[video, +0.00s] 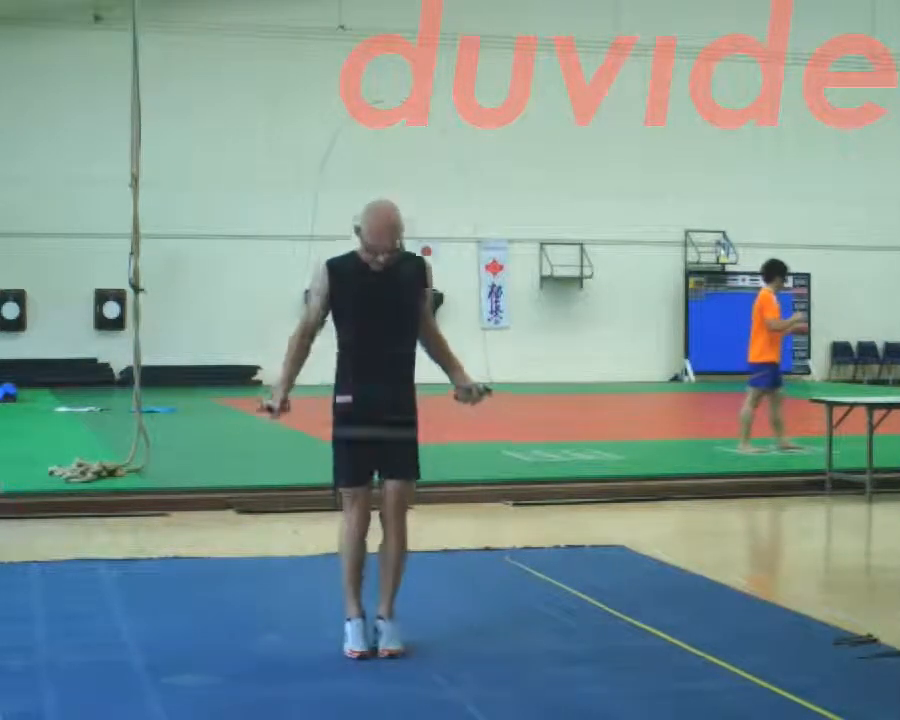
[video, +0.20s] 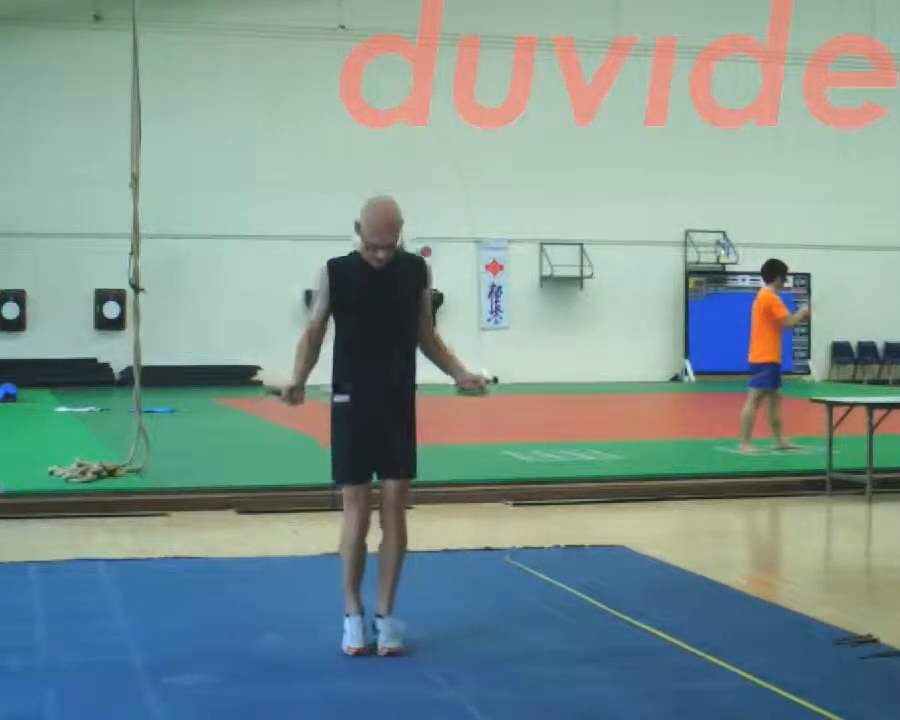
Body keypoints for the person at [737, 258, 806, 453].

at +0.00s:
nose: (784, 282)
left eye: (784, 278)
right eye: (783, 278)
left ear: (769, 277)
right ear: (776, 277)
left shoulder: (771, 297)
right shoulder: (766, 296)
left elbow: (774, 326)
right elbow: (771, 324)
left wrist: (794, 327)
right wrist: (794, 320)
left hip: (771, 358)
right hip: (762, 358)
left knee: (776, 399)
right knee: (752, 401)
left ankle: (782, 440)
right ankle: (744, 442)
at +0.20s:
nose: (784, 282)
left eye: (784, 278)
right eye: (783, 278)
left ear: (767, 277)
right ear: (777, 278)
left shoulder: (763, 297)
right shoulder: (769, 298)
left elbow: (783, 321)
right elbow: (785, 321)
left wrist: (800, 316)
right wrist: (801, 314)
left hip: (766, 357)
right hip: (765, 358)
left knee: (775, 400)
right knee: (753, 400)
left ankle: (780, 440)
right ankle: (744, 442)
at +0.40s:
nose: (793, 284)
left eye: (793, 279)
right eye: (792, 280)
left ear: (775, 278)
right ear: (786, 280)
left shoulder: (767, 297)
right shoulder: (779, 298)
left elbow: (787, 324)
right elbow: (798, 323)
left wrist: (806, 338)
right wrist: (820, 338)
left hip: (763, 356)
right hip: (768, 358)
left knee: (778, 398)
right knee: (759, 400)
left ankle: (778, 439)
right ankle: (746, 442)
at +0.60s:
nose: (810, 286)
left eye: (811, 282)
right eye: (810, 282)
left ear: (795, 279)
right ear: (803, 280)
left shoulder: (782, 294)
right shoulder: (790, 296)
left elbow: (757, 305)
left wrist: (730, 308)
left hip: (773, 351)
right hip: (773, 352)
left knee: (781, 395)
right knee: (769, 394)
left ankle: (778, 437)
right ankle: (752, 440)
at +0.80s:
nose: (817, 310)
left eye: (820, 306)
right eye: (819, 305)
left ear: (809, 294)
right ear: (813, 298)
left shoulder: (784, 296)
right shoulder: (797, 300)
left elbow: (765, 285)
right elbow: (776, 280)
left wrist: (753, 268)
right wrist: (756, 264)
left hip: (760, 346)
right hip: (767, 348)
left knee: (775, 394)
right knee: (776, 395)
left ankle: (773, 437)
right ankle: (773, 438)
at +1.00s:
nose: (820, 347)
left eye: (822, 344)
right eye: (821, 343)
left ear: (809, 335)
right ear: (815, 339)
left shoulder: (791, 341)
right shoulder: (796, 343)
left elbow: (766, 341)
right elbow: (771, 336)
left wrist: (751, 328)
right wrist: (748, 322)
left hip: (752, 376)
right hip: (760, 378)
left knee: (787, 405)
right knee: (791, 404)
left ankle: (771, 440)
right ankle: (774, 443)